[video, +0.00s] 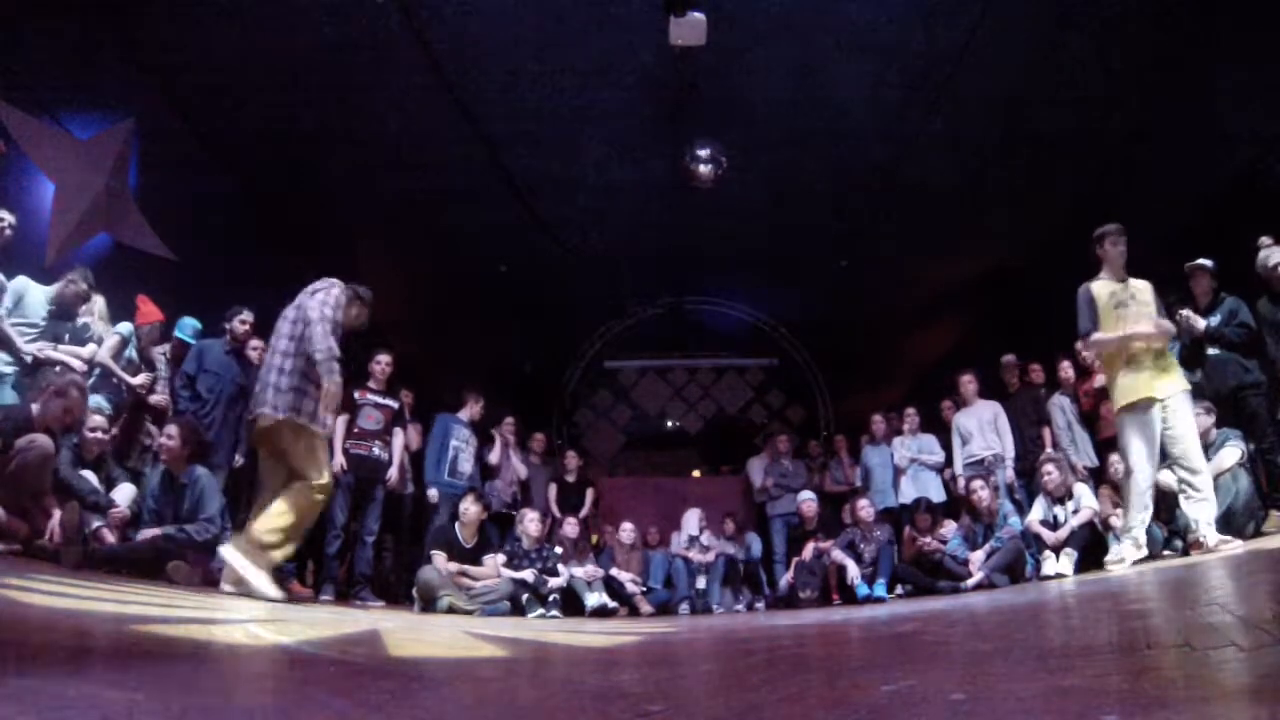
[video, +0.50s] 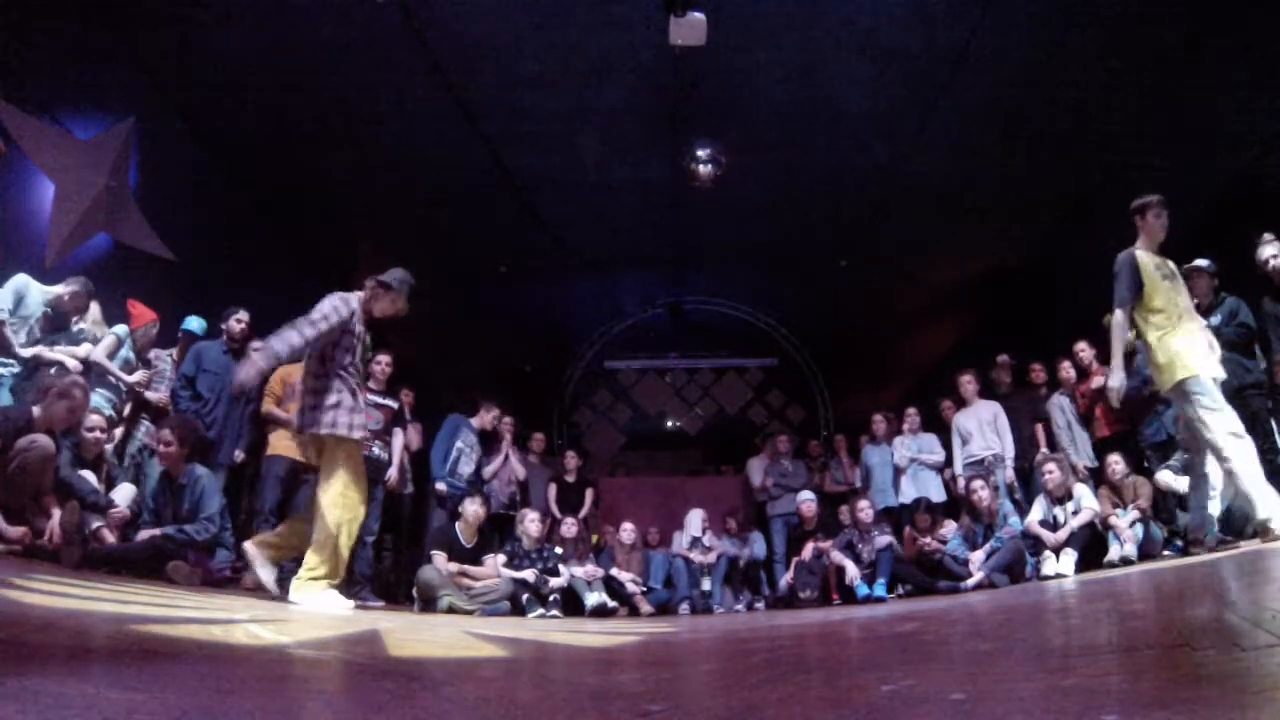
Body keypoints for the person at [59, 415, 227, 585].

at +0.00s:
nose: (161, 442)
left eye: (169, 438)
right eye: (162, 436)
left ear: (186, 448)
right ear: (159, 440)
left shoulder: (202, 478)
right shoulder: (158, 476)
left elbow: (209, 530)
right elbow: (149, 521)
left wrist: (163, 532)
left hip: (199, 553)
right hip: (165, 546)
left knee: (161, 542)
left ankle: (92, 554)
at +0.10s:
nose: (160, 443)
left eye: (169, 438)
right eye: (160, 437)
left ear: (185, 448)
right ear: (157, 441)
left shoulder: (202, 479)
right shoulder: (157, 475)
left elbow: (208, 530)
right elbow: (149, 522)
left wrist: (161, 532)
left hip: (204, 550)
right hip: (168, 545)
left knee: (157, 542)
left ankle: (93, 553)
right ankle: (183, 574)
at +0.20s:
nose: (159, 444)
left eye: (168, 439)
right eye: (159, 437)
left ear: (185, 447)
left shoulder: (202, 479)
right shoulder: (156, 475)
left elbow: (208, 530)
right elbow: (148, 522)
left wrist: (161, 532)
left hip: (203, 549)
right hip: (168, 544)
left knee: (158, 542)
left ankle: (92, 553)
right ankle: (183, 574)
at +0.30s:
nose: (159, 444)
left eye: (167, 440)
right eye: (159, 438)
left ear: (185, 447)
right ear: (155, 440)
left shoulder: (203, 479)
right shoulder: (160, 477)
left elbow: (208, 530)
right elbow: (149, 520)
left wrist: (160, 532)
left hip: (206, 551)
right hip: (171, 544)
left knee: (159, 543)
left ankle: (90, 555)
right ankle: (184, 574)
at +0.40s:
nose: (158, 447)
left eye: (167, 442)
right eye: (157, 441)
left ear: (185, 448)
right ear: (154, 443)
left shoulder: (203, 479)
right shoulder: (162, 478)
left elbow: (208, 530)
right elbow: (149, 520)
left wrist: (160, 532)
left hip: (208, 552)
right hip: (173, 545)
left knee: (159, 543)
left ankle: (90, 555)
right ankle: (183, 574)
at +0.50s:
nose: (160, 450)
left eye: (167, 445)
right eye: (158, 444)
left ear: (185, 449)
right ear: (155, 445)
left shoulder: (204, 479)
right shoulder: (164, 478)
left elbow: (209, 530)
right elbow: (149, 518)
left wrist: (160, 532)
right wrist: (144, 536)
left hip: (209, 552)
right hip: (174, 546)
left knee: (159, 544)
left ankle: (90, 555)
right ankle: (184, 574)